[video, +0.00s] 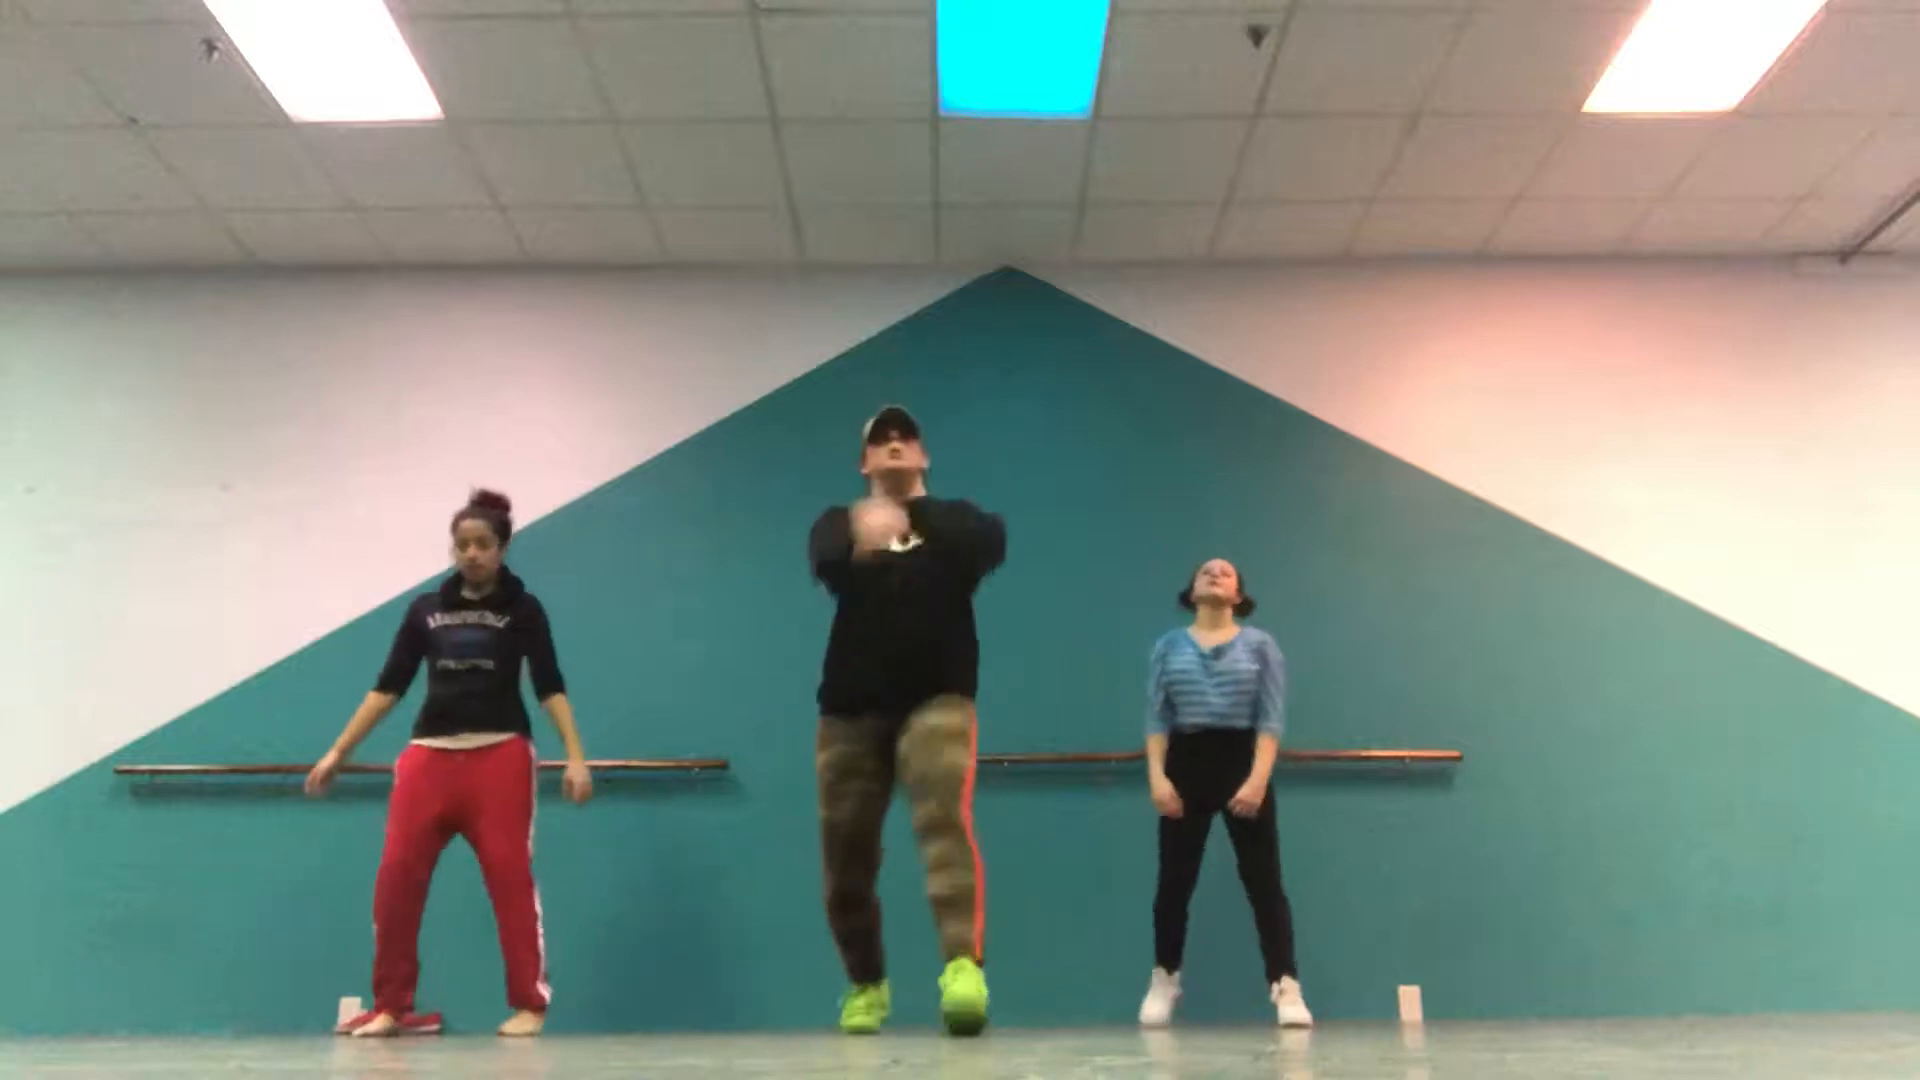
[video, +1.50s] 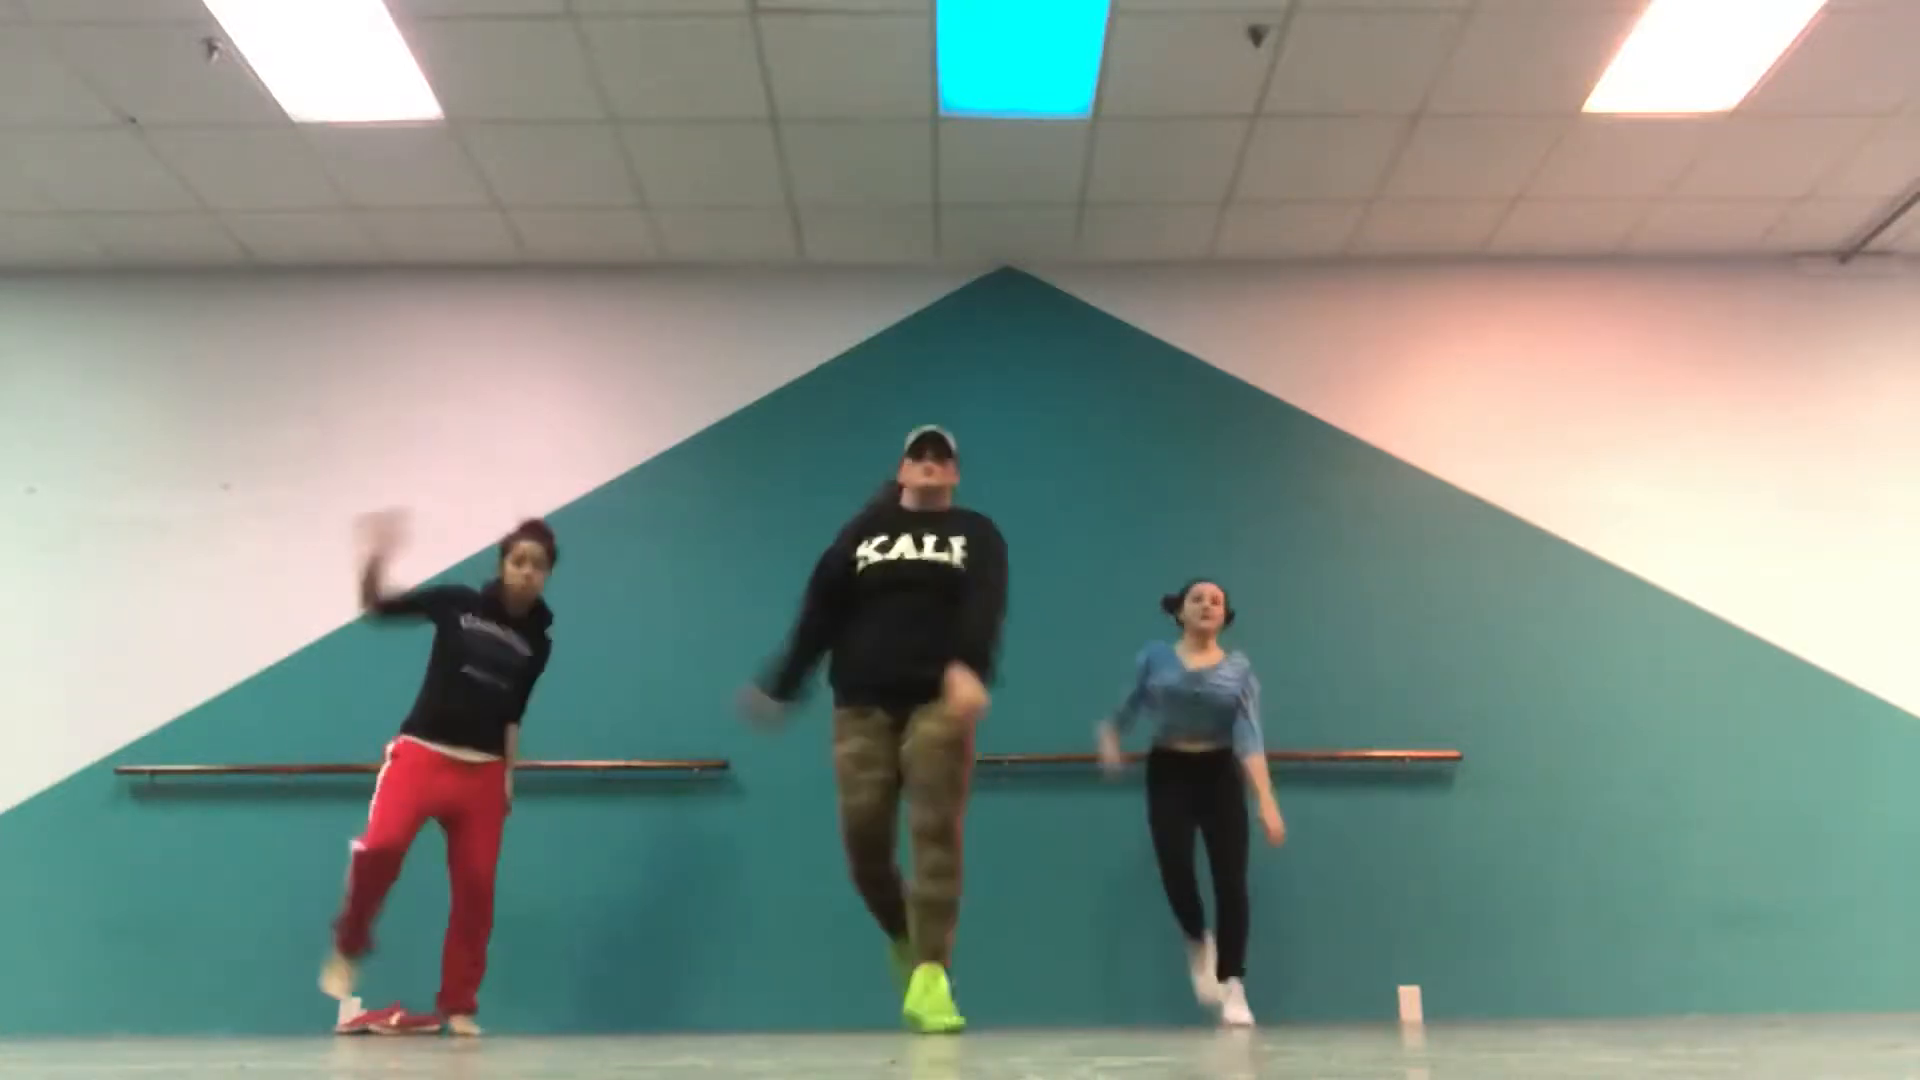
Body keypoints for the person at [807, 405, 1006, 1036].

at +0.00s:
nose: (895, 447)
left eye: (905, 440)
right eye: (883, 442)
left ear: (924, 458)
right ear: (865, 464)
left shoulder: (953, 514)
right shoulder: (843, 520)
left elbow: (988, 543)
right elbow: (824, 552)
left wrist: (913, 515)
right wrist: (861, 532)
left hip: (937, 691)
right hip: (853, 696)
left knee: (942, 821)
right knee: (845, 842)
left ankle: (962, 964)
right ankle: (865, 983)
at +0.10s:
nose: (885, 442)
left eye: (895, 434)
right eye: (872, 437)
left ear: (914, 449)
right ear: (857, 456)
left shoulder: (952, 514)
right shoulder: (833, 517)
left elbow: (972, 586)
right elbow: (814, 594)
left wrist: (940, 621)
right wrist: (839, 640)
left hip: (933, 696)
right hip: (851, 700)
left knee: (940, 823)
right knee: (848, 844)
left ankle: (959, 961)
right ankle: (866, 984)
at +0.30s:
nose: (884, 447)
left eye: (894, 439)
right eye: (873, 442)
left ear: (913, 456)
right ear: (857, 461)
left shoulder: (951, 526)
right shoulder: (829, 530)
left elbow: (986, 614)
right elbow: (790, 617)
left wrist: (1020, 693)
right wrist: (758, 697)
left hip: (933, 702)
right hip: (849, 705)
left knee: (945, 836)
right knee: (853, 845)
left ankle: (947, 964)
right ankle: (866, 984)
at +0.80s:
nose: (929, 499)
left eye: (939, 490)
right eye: (918, 493)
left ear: (957, 508)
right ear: (903, 512)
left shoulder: (984, 577)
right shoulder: (872, 570)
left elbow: (981, 653)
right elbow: (850, 651)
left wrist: (950, 702)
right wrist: (855, 720)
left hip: (941, 726)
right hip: (870, 724)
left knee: (942, 862)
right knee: (864, 853)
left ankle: (930, 988)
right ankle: (862, 977)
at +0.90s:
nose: (926, 485)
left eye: (936, 476)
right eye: (916, 478)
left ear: (954, 492)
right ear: (902, 494)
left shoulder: (980, 558)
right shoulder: (876, 550)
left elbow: (971, 615)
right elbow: (856, 606)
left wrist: (898, 607)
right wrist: (900, 634)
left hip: (945, 724)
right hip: (873, 718)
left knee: (940, 855)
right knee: (860, 846)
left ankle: (931, 983)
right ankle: (866, 967)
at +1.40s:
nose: (919, 477)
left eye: (930, 468)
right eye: (909, 467)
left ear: (945, 481)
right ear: (891, 480)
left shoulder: (965, 533)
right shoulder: (861, 539)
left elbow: (958, 587)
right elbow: (852, 619)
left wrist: (923, 606)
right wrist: (877, 686)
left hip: (947, 698)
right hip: (875, 702)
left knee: (934, 815)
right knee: (888, 846)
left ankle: (930, 946)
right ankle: (916, 973)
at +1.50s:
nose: (929, 466)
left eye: (940, 460)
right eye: (919, 458)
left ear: (954, 475)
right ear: (900, 472)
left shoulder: (976, 534)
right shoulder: (862, 532)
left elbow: (984, 604)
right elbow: (821, 610)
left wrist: (971, 663)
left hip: (940, 699)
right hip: (862, 703)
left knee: (935, 833)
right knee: (864, 842)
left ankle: (933, 972)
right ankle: (903, 941)